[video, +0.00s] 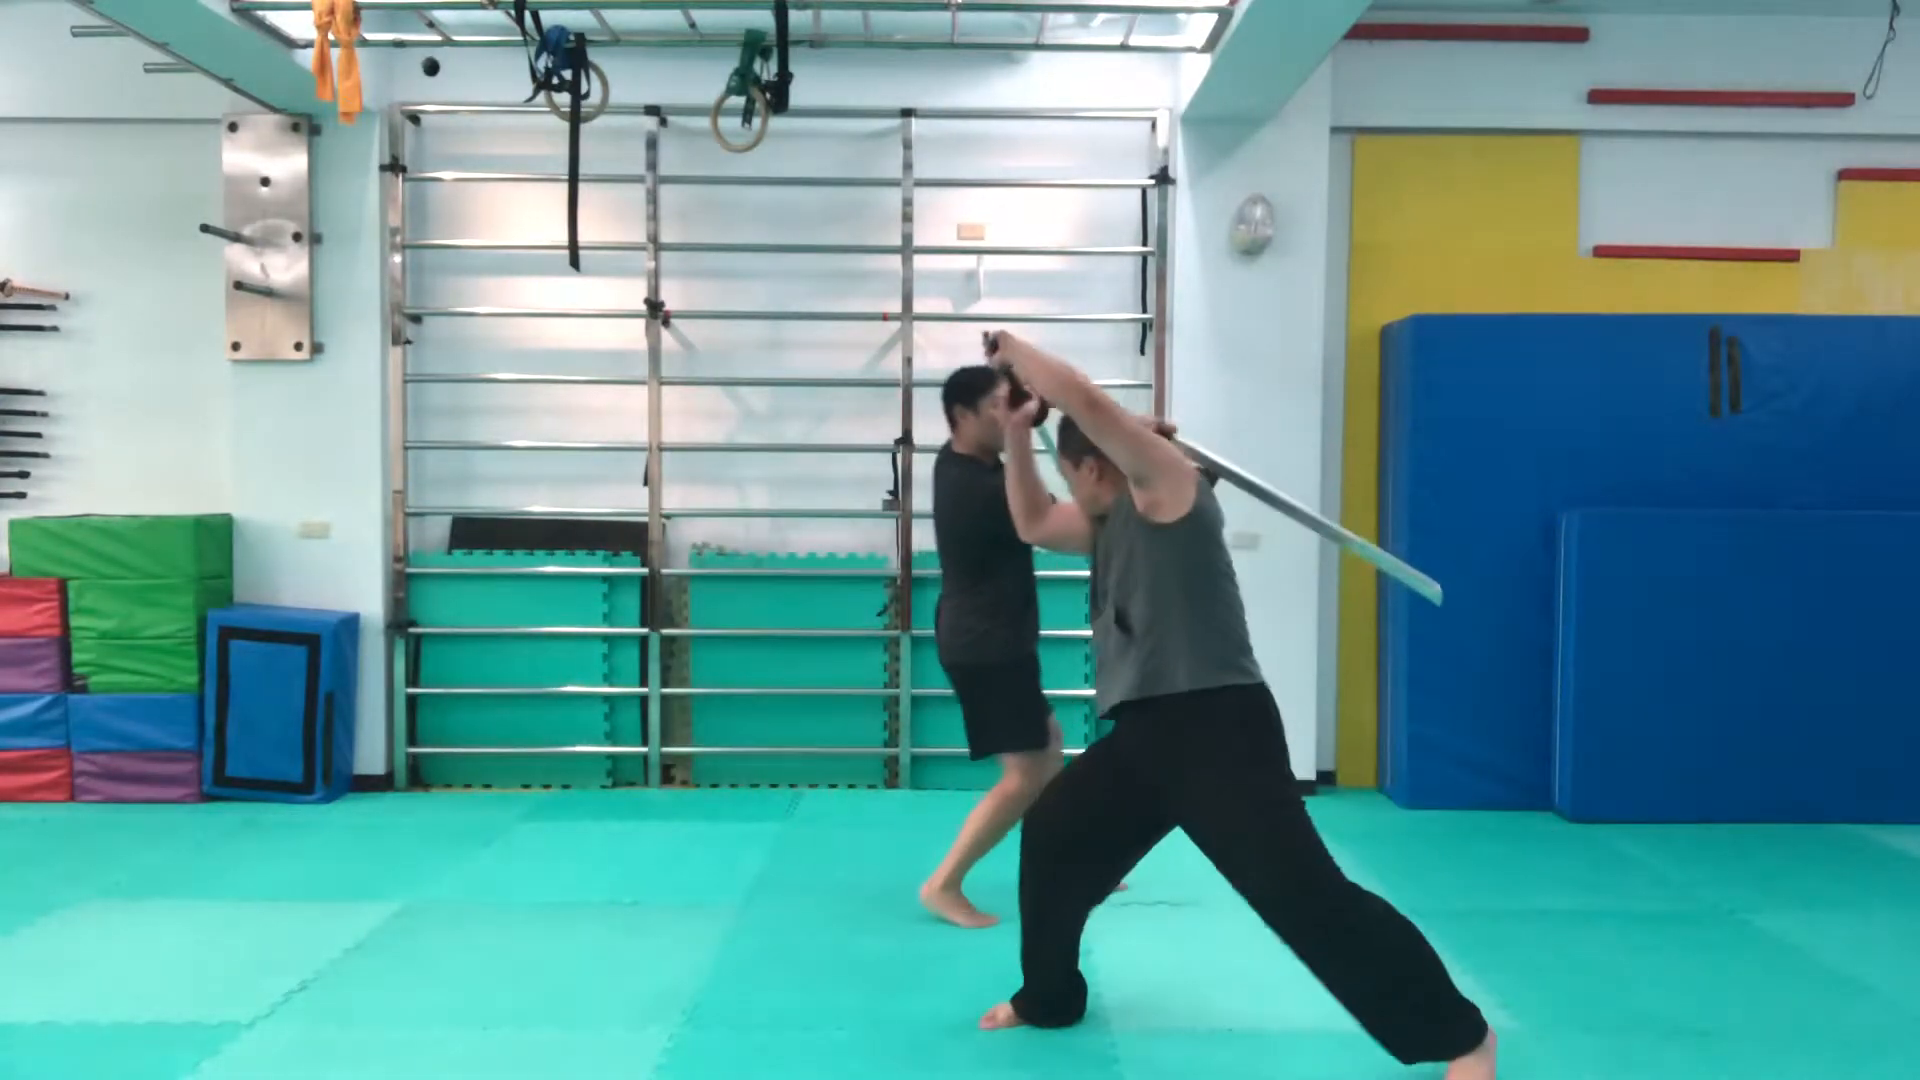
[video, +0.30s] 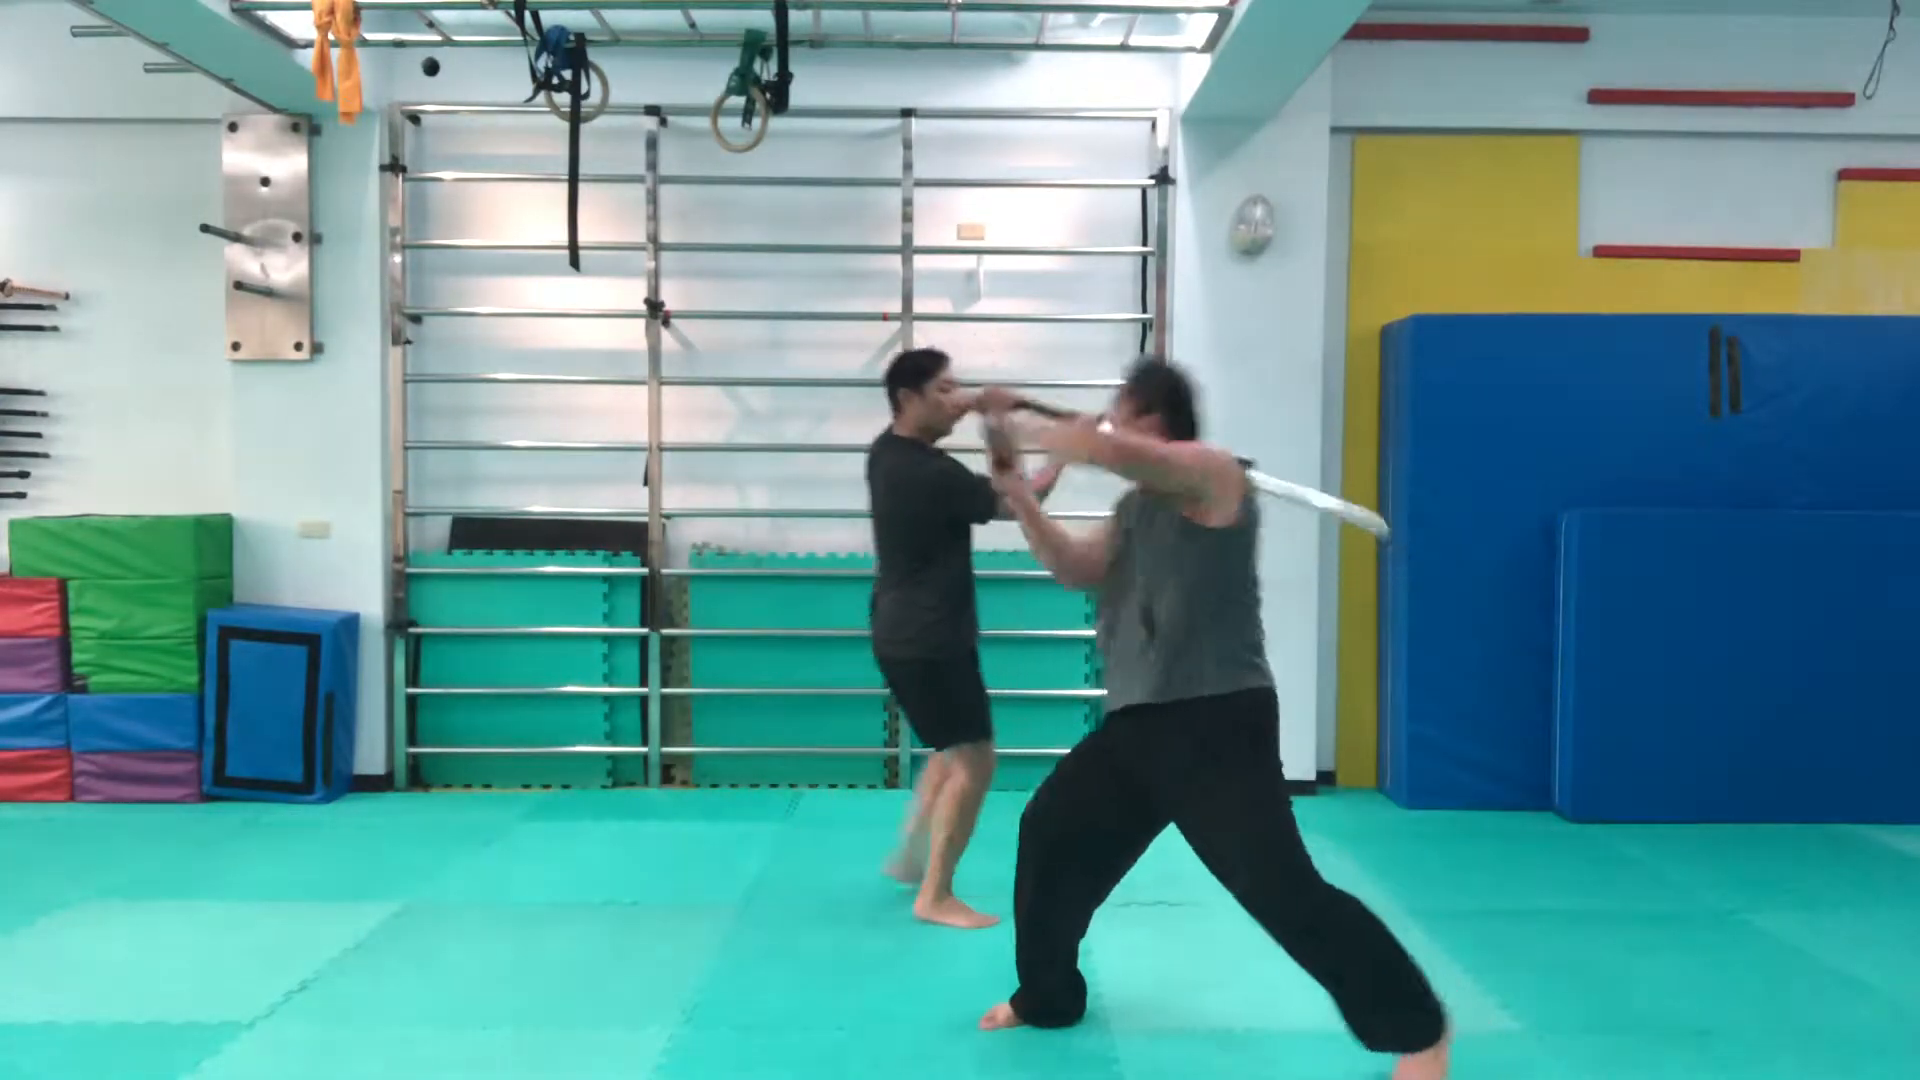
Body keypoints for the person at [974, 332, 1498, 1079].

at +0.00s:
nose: (1069, 485)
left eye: (1072, 472)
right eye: (1068, 474)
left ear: (1101, 464)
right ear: (1102, 467)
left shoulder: (1165, 486)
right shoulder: (1104, 523)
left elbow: (1081, 396)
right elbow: (1036, 520)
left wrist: (1010, 346)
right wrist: (1016, 434)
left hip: (1218, 726)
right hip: (1144, 734)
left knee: (1305, 896)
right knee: (1053, 834)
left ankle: (1462, 1036)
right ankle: (1049, 999)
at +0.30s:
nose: (1110, 431)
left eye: (1121, 419)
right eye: (1109, 420)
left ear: (1158, 421)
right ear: (1140, 427)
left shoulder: (1216, 473)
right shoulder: (1132, 510)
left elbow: (1109, 447)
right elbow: (1078, 566)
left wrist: (1014, 419)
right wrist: (1018, 494)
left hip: (1219, 724)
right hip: (1138, 728)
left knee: (1283, 891)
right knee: (1049, 838)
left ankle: (1418, 1028)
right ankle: (1047, 999)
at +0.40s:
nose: (1167, 413)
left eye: (1177, 401)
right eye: (1171, 401)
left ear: (1214, 411)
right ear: (1213, 413)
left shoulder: (1267, 483)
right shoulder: (1183, 500)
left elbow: (1164, 507)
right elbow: (1136, 589)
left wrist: (1063, 510)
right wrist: (1062, 554)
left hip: (1235, 732)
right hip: (1154, 728)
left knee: (1285, 902)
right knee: (1073, 853)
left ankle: (1414, 1038)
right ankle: (1047, 1000)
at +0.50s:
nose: (1220, 395)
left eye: (1232, 383)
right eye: (1226, 382)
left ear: (1270, 396)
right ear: (1267, 398)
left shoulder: (1323, 486)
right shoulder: (1230, 492)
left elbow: (1248, 561)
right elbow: (1197, 578)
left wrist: (1141, 592)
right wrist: (1112, 605)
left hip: (1283, 729)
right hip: (1203, 723)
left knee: (1320, 900)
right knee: (1128, 858)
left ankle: (1416, 1051)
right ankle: (1050, 989)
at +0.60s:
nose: (1265, 376)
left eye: (1280, 365)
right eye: (1272, 363)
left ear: (1317, 383)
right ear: (1313, 384)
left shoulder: (1367, 480)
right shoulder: (1267, 477)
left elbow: (1309, 583)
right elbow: (1228, 574)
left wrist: (1206, 625)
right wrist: (1170, 645)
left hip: (1323, 719)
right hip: (1248, 710)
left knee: (1339, 893)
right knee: (1179, 830)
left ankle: (1418, 1054)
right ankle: (1115, 971)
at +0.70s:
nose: (1297, 367)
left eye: (1313, 355)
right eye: (1304, 354)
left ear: (1353, 373)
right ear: (1337, 372)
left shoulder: (1399, 467)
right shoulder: (1290, 469)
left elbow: (1359, 584)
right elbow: (1258, 572)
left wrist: (1254, 646)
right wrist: (1224, 657)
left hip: (1350, 708)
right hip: (1272, 699)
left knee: (1353, 882)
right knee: (1207, 812)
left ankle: (1419, 1054)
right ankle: (1217, 971)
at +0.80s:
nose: (1317, 362)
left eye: (1331, 351)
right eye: (1322, 349)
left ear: (1375, 367)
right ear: (1356, 366)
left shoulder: (1421, 461)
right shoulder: (1309, 463)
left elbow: (1395, 575)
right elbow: (1278, 564)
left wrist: (1297, 645)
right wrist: (1251, 649)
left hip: (1371, 698)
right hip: (1293, 691)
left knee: (1365, 880)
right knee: (1242, 813)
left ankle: (1419, 1055)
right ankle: (1307, 937)